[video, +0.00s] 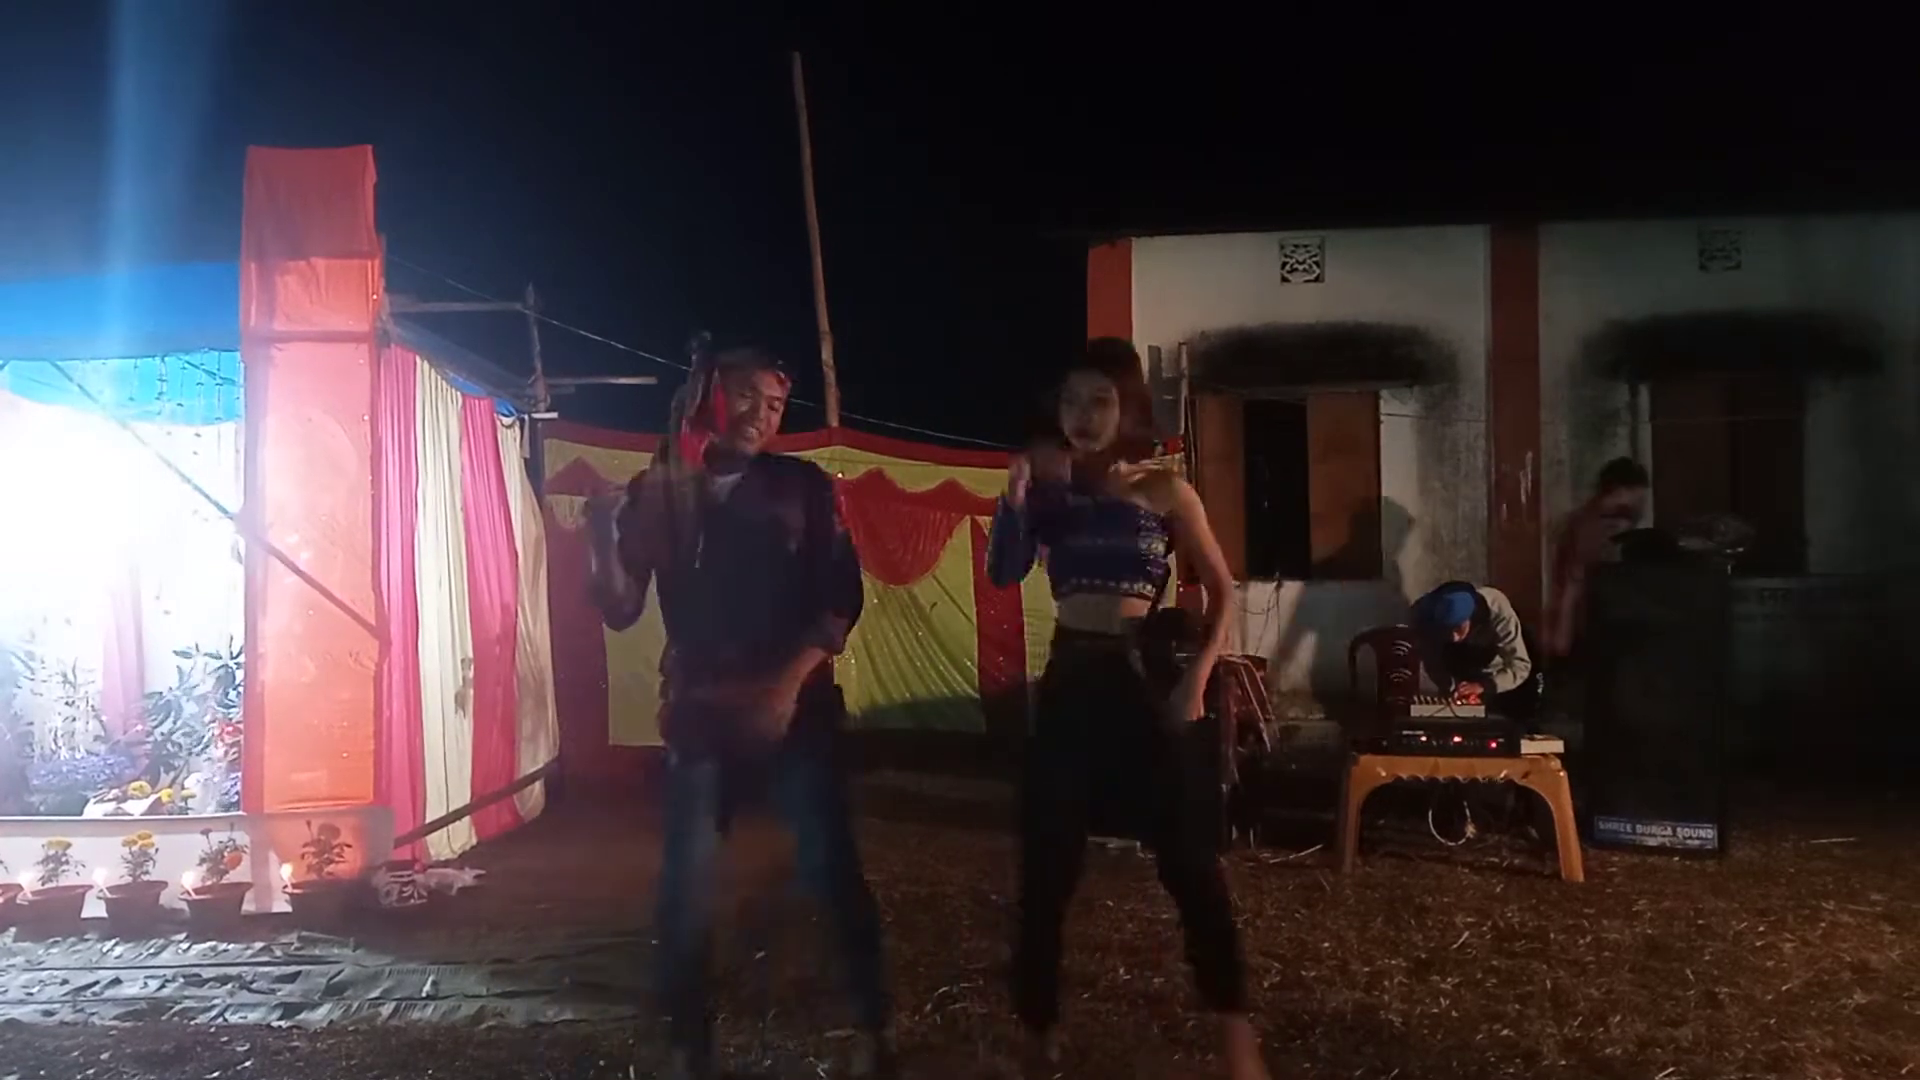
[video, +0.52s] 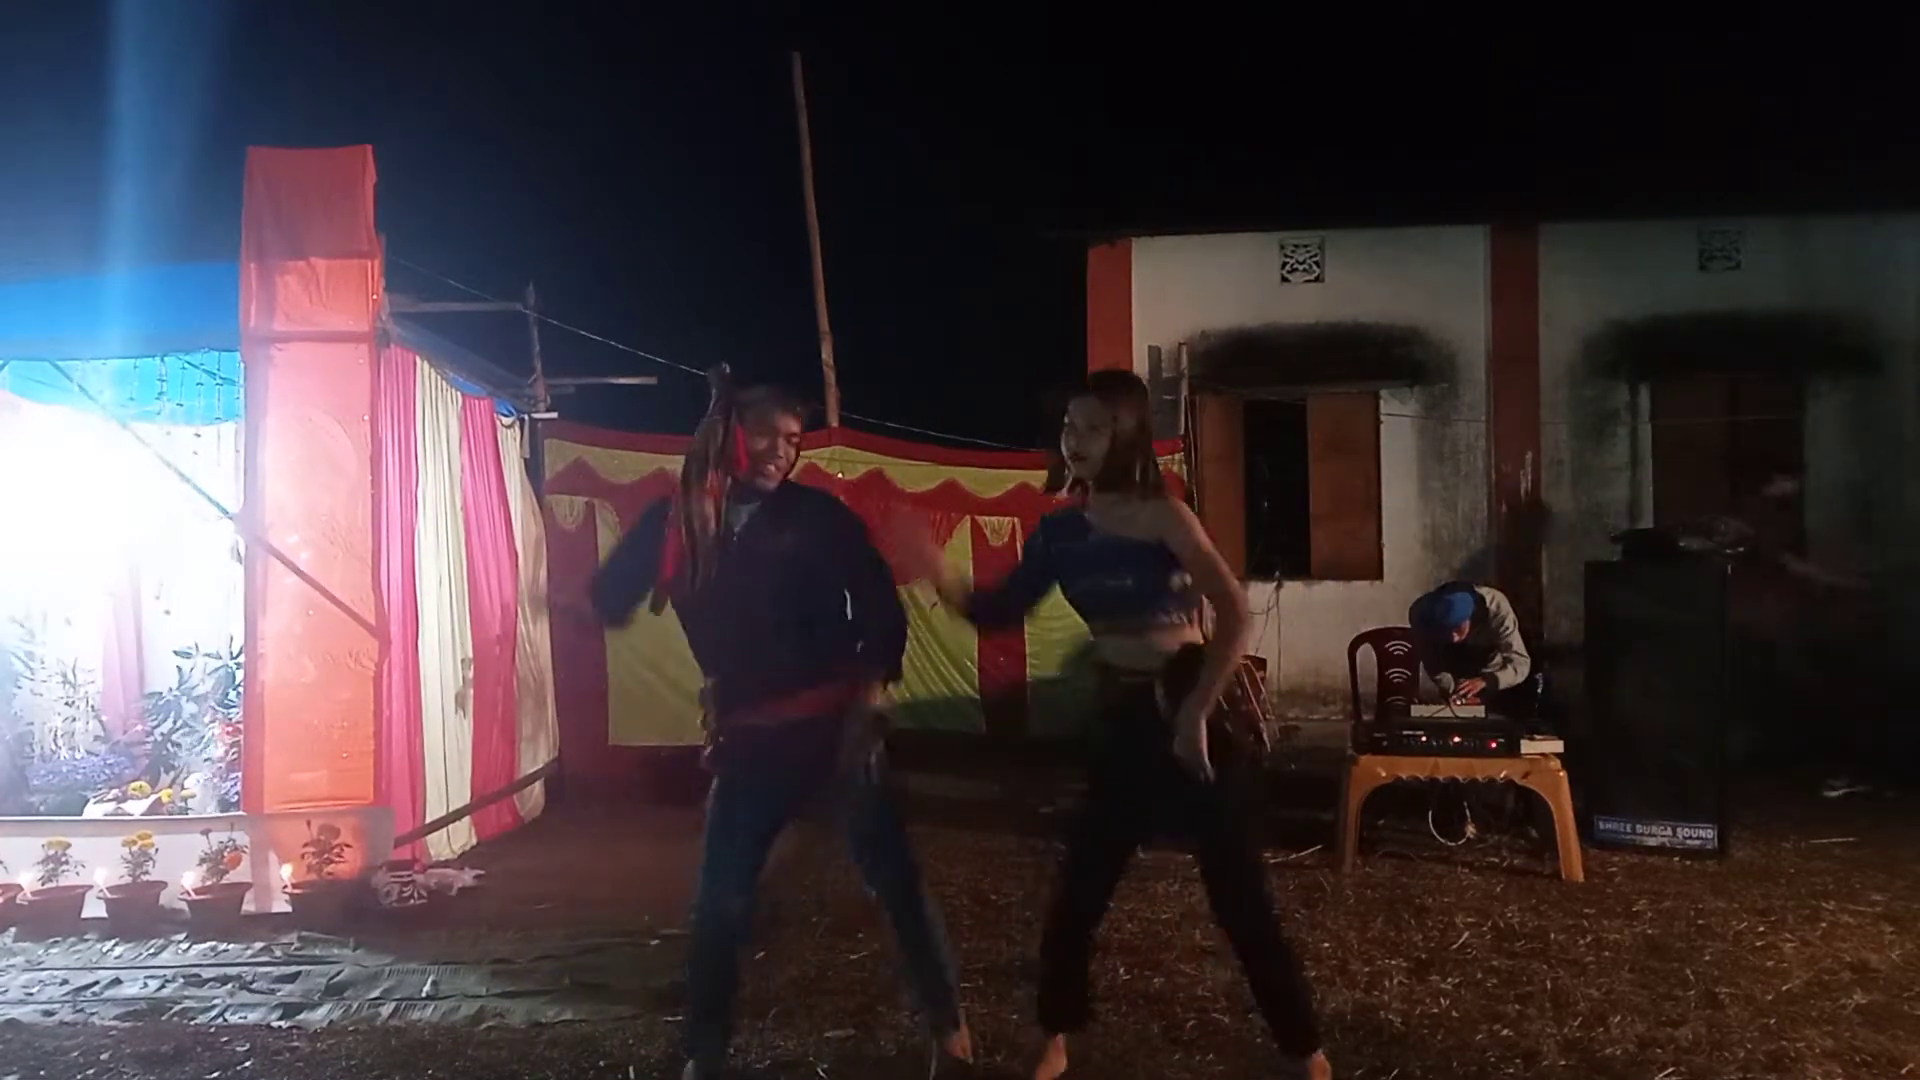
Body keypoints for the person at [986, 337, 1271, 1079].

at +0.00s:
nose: (1084, 414)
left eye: (1101, 401)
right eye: (1074, 400)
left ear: (1128, 409)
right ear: (1058, 405)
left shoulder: (1165, 490)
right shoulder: (1049, 484)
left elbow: (1223, 590)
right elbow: (1006, 571)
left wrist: (1198, 681)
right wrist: (1017, 487)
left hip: (1154, 684)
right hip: (1071, 682)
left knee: (1189, 862)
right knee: (1047, 861)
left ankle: (1239, 1037)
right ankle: (1037, 1037)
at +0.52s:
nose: (1074, 441)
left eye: (1090, 429)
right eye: (1070, 427)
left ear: (1128, 435)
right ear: (1064, 432)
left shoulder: (1164, 515)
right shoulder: (1062, 528)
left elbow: (1237, 615)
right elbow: (1001, 610)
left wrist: (1197, 712)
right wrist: (935, 576)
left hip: (1195, 708)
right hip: (1121, 713)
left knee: (1238, 894)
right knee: (1080, 890)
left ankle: (1309, 1056)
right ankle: (1055, 1046)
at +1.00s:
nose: (1175, 424)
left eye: (1172, 410)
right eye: (1163, 411)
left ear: (1129, 429)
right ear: (1127, 426)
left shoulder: (1148, 511)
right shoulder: (1084, 506)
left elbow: (1158, 610)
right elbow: (1112, 592)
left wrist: (1190, 575)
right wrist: (1177, 549)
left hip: (1124, 703)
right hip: (1062, 700)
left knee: (1165, 894)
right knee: (1024, 884)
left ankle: (1145, 1050)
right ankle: (945, 1041)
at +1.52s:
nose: (1136, 472)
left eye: (1134, 459)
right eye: (1125, 460)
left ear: (1111, 464)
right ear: (1088, 465)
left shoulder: (1128, 559)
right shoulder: (1044, 553)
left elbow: (1135, 663)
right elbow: (1032, 674)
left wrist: (1190, 696)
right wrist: (1110, 712)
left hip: (1107, 757)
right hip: (1047, 757)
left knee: (1184, 911)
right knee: (1020, 924)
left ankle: (1152, 1056)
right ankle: (931, 1056)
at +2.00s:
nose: (1059, 490)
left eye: (1074, 475)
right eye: (1046, 473)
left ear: (1091, 482)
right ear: (1021, 479)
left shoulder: (1123, 545)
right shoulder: (1025, 577)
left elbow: (1157, 626)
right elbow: (1015, 671)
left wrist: (1067, 670)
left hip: (1154, 736)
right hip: (1081, 743)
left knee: (1226, 912)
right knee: (1051, 914)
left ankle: (1337, 1057)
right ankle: (1055, 1059)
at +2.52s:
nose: (1090, 473)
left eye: (1105, 462)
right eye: (1078, 459)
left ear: (1124, 477)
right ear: (1056, 468)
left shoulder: (1146, 557)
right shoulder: (1033, 560)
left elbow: (1214, 661)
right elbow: (1014, 654)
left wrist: (1166, 722)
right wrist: (1019, 682)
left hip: (1151, 746)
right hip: (1079, 749)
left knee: (1213, 915)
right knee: (1049, 918)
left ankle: (1313, 1057)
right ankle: (1051, 1058)